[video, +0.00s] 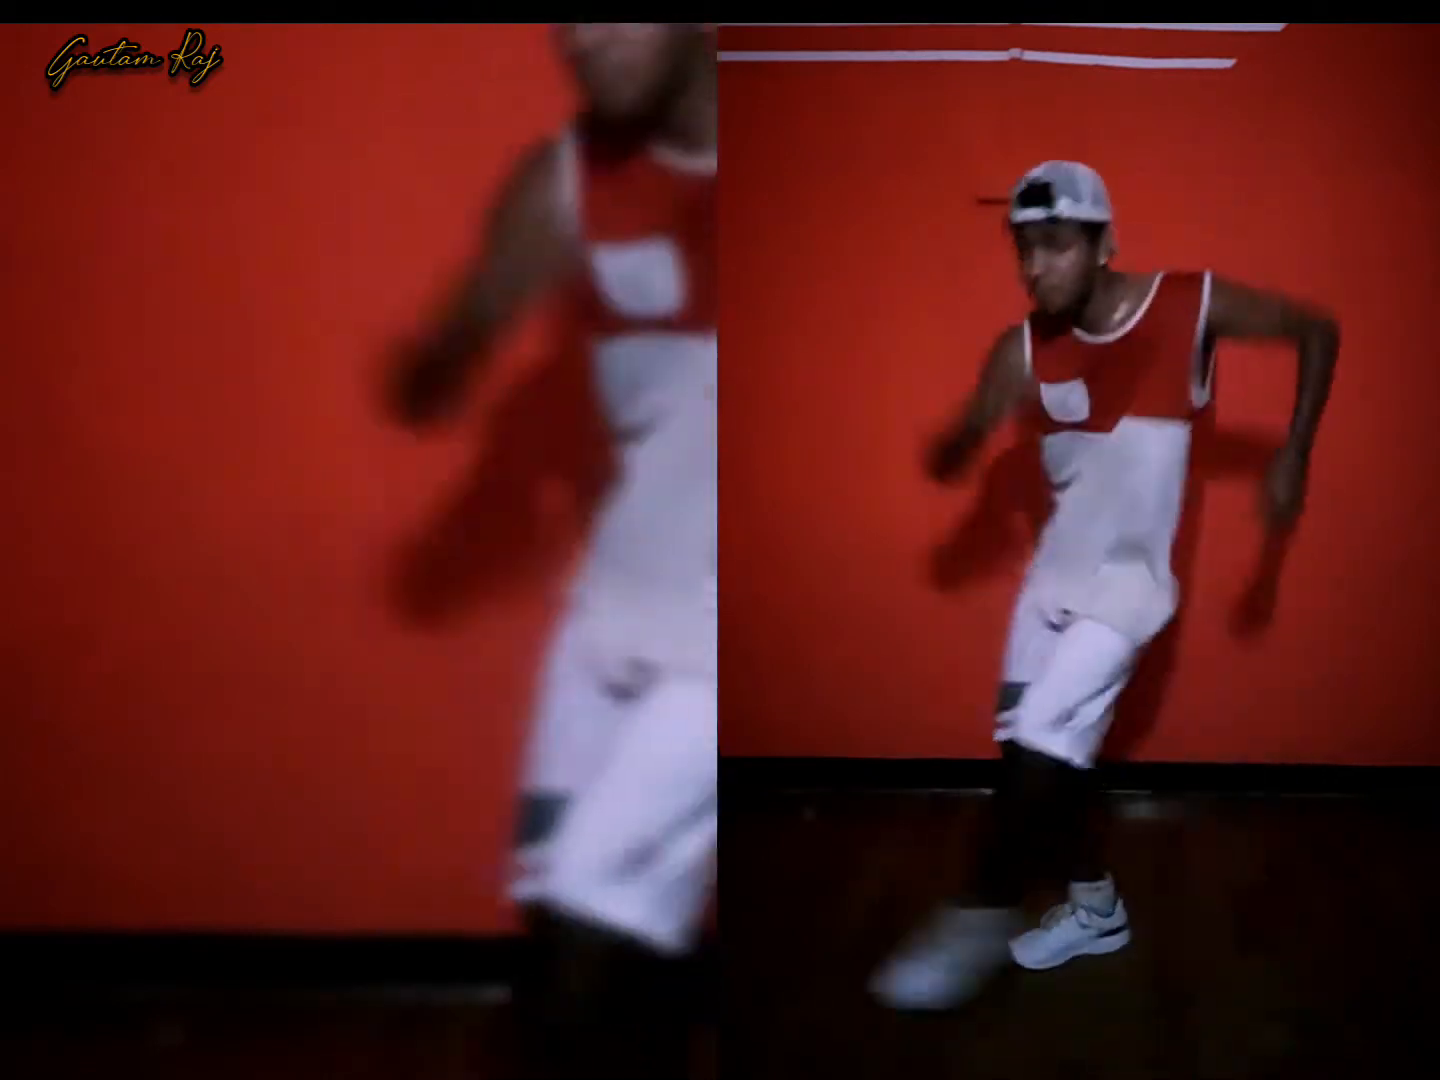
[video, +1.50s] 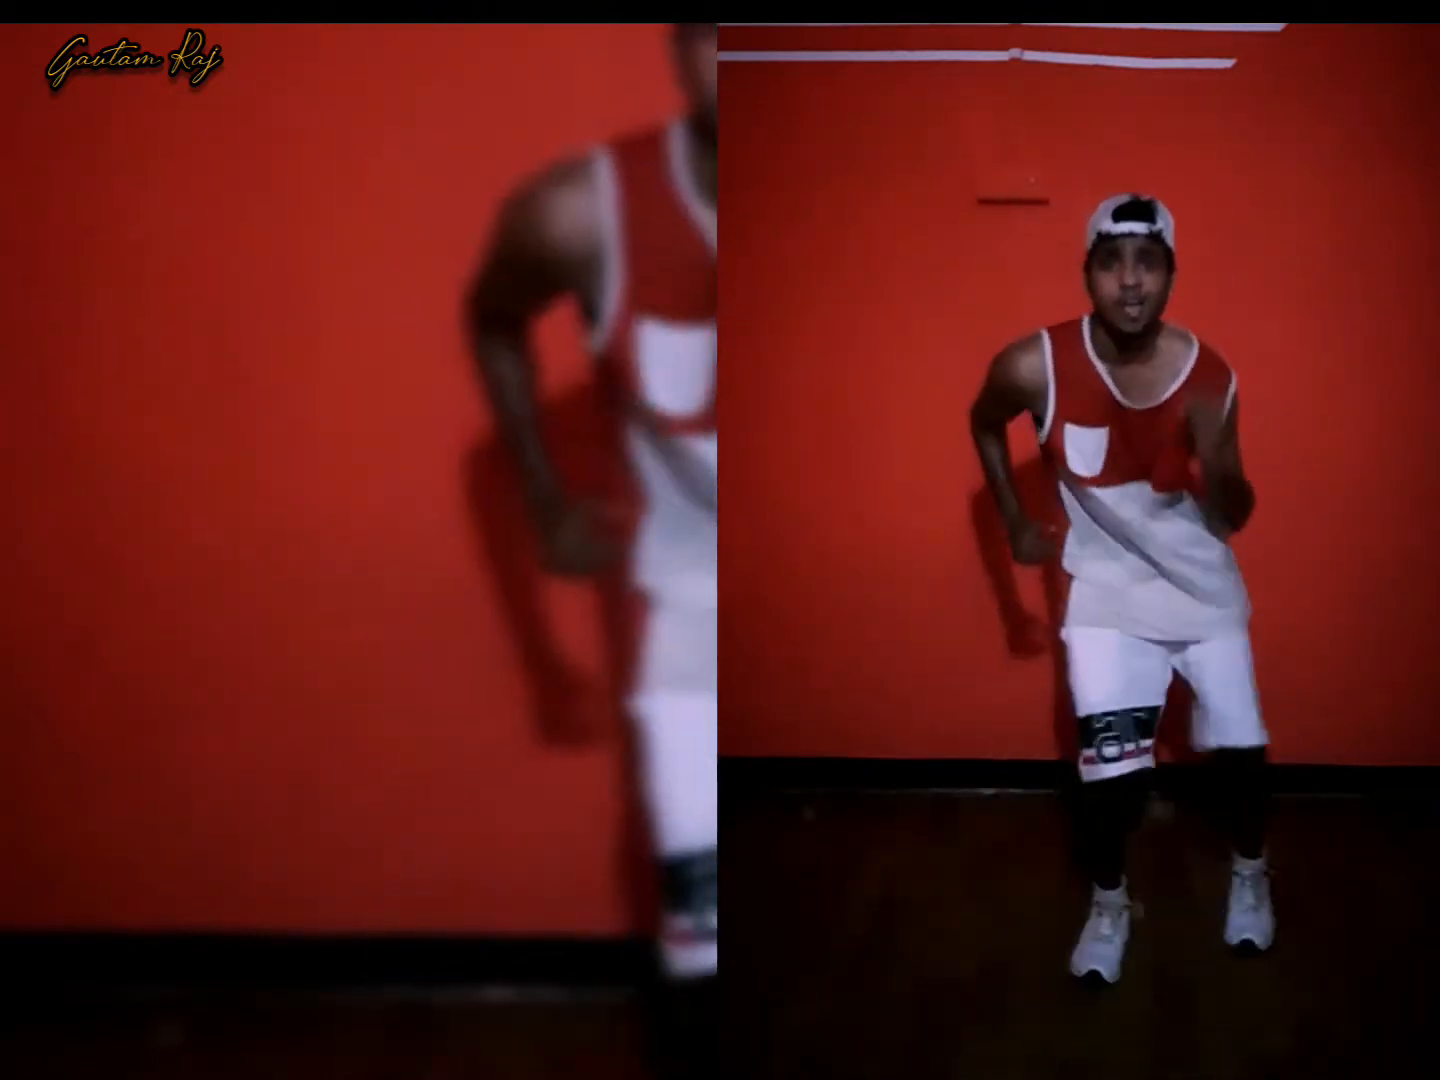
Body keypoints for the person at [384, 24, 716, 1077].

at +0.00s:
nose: (590, 45)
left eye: (618, 22)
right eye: (578, 26)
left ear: (693, 27)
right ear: (566, 42)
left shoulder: (777, 163)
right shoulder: (568, 175)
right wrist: (481, 305)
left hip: (738, 618)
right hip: (619, 599)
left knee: (601, 906)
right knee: (556, 900)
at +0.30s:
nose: (623, 65)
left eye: (657, 36)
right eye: (598, 39)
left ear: (712, 58)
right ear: (568, 61)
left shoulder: (768, 209)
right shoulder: (531, 211)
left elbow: (836, 408)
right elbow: (456, 419)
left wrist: (757, 525)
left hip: (728, 632)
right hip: (588, 627)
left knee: (606, 895)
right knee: (502, 897)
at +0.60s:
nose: (669, 104)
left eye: (701, 71)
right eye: (641, 71)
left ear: (741, 99)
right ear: (607, 102)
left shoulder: (773, 277)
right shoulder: (633, 279)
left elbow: (743, 508)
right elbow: (694, 510)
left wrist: (633, 338)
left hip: (750, 647)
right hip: (714, 649)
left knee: (589, 936)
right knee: (585, 937)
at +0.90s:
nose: (645, 50)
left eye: (672, 24)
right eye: (618, 27)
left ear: (723, 40)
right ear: (588, 47)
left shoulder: (790, 189)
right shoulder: (560, 210)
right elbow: (546, 445)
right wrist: (646, 505)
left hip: (769, 594)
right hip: (636, 591)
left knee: (707, 943)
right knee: (557, 895)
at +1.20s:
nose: (713, 82)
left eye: (734, 51)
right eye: (684, 51)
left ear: (773, 74)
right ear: (647, 78)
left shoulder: (830, 235)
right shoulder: (593, 251)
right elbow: (515, 531)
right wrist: (610, 474)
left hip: (748, 693)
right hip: (592, 674)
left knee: (729, 1015)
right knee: (500, 983)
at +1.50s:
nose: (732, 60)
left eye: (748, 40)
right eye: (713, 39)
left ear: (793, 59)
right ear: (678, 52)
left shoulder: (845, 190)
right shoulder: (589, 207)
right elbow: (495, 318)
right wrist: (553, 505)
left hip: (835, 590)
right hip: (696, 600)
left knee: (862, 877)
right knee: (703, 895)